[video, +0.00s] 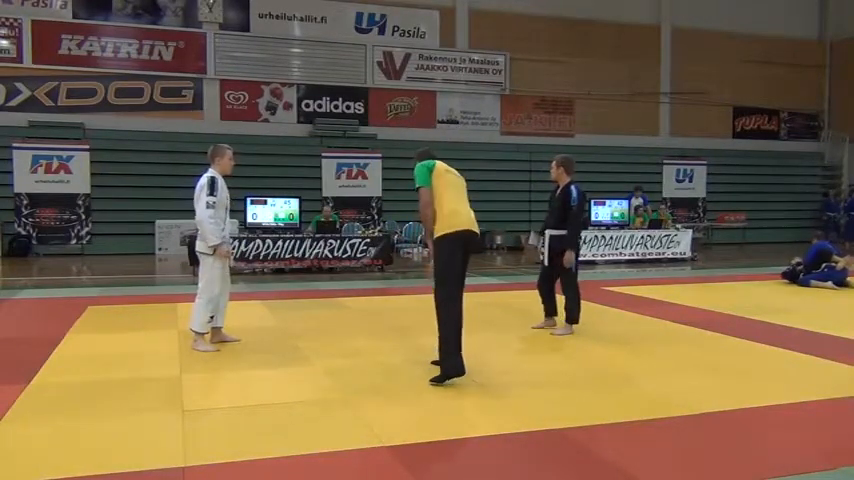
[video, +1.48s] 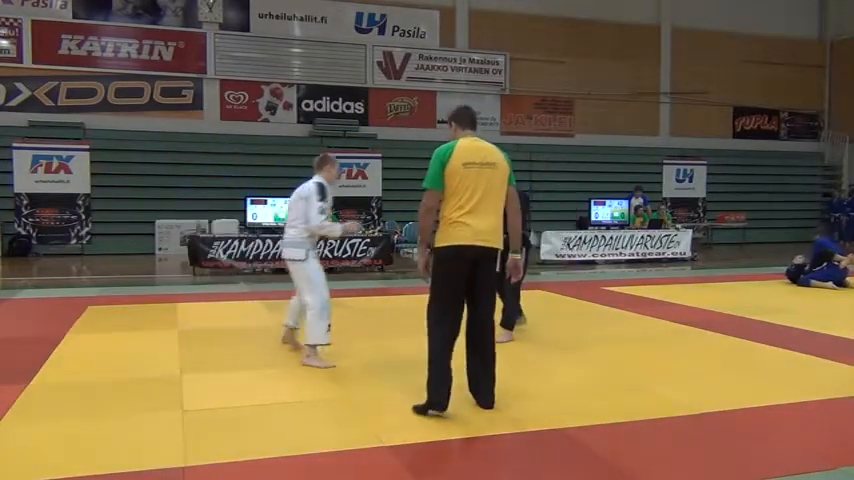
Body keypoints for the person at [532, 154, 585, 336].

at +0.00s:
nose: (550, 171)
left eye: (552, 168)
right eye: (551, 168)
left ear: (561, 170)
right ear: (561, 170)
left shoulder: (573, 191)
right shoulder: (556, 191)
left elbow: (575, 223)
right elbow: (551, 218)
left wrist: (571, 249)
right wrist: (541, 237)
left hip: (565, 243)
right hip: (551, 242)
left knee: (569, 285)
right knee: (544, 283)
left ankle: (569, 323)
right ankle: (549, 318)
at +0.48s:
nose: (535, 175)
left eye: (537, 171)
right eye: (534, 172)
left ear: (548, 170)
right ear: (543, 172)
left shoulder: (560, 190)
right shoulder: (543, 192)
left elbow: (568, 218)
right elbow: (539, 217)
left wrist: (552, 233)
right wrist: (522, 229)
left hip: (562, 243)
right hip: (547, 243)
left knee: (568, 283)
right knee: (537, 281)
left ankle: (569, 324)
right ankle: (528, 319)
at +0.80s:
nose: (512, 179)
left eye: (514, 175)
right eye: (511, 175)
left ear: (524, 172)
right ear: (519, 174)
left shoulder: (540, 189)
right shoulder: (522, 193)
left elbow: (545, 217)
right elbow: (514, 220)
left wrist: (535, 236)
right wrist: (499, 241)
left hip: (546, 239)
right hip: (531, 240)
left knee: (550, 280)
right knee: (526, 281)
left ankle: (564, 321)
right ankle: (525, 320)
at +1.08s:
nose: (502, 180)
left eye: (503, 176)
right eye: (501, 177)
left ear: (510, 173)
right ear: (507, 174)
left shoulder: (526, 189)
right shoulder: (509, 194)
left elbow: (534, 215)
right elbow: (510, 219)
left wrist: (530, 239)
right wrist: (504, 240)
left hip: (530, 237)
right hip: (516, 238)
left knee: (531, 280)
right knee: (518, 280)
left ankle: (542, 321)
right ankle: (523, 319)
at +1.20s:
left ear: (508, 176)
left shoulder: (523, 191)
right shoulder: (502, 194)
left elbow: (530, 219)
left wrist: (523, 242)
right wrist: (505, 242)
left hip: (528, 240)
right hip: (513, 240)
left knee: (526, 281)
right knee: (514, 282)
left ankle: (523, 322)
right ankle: (521, 318)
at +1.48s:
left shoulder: (519, 196)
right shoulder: (495, 195)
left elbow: (521, 221)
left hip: (517, 240)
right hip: (500, 239)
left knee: (512, 283)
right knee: (498, 280)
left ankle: (507, 327)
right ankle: (517, 312)